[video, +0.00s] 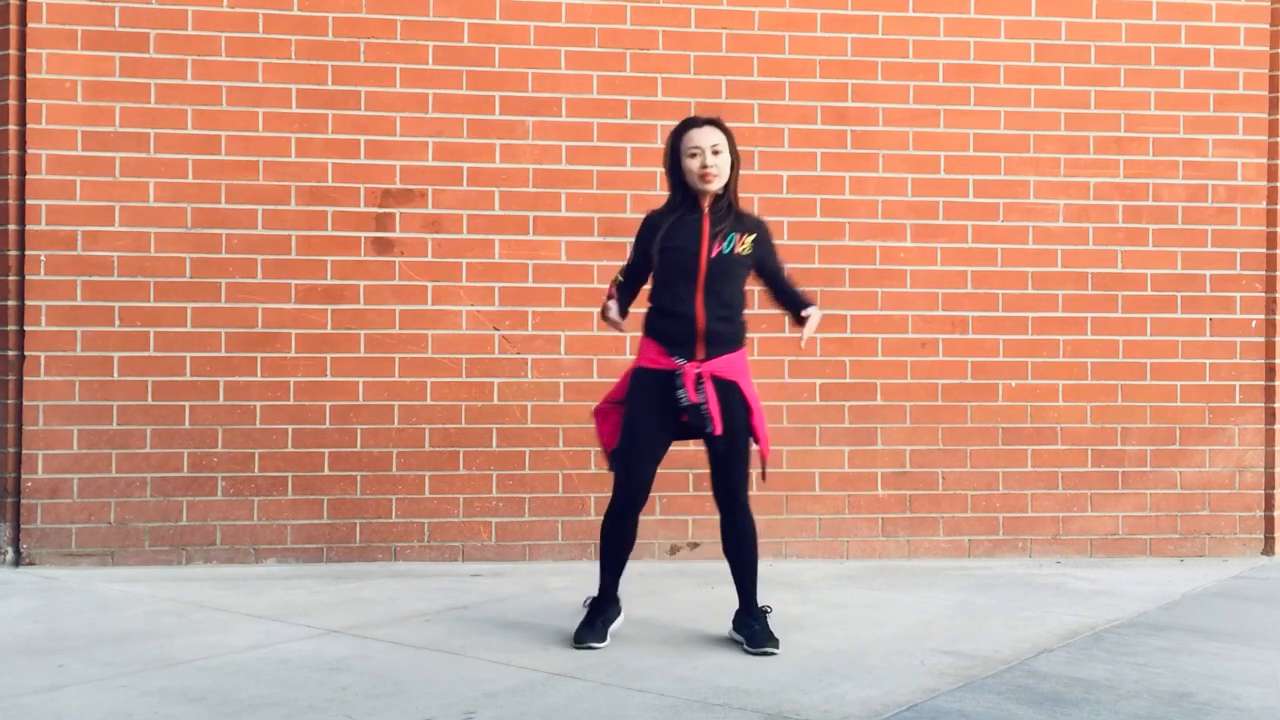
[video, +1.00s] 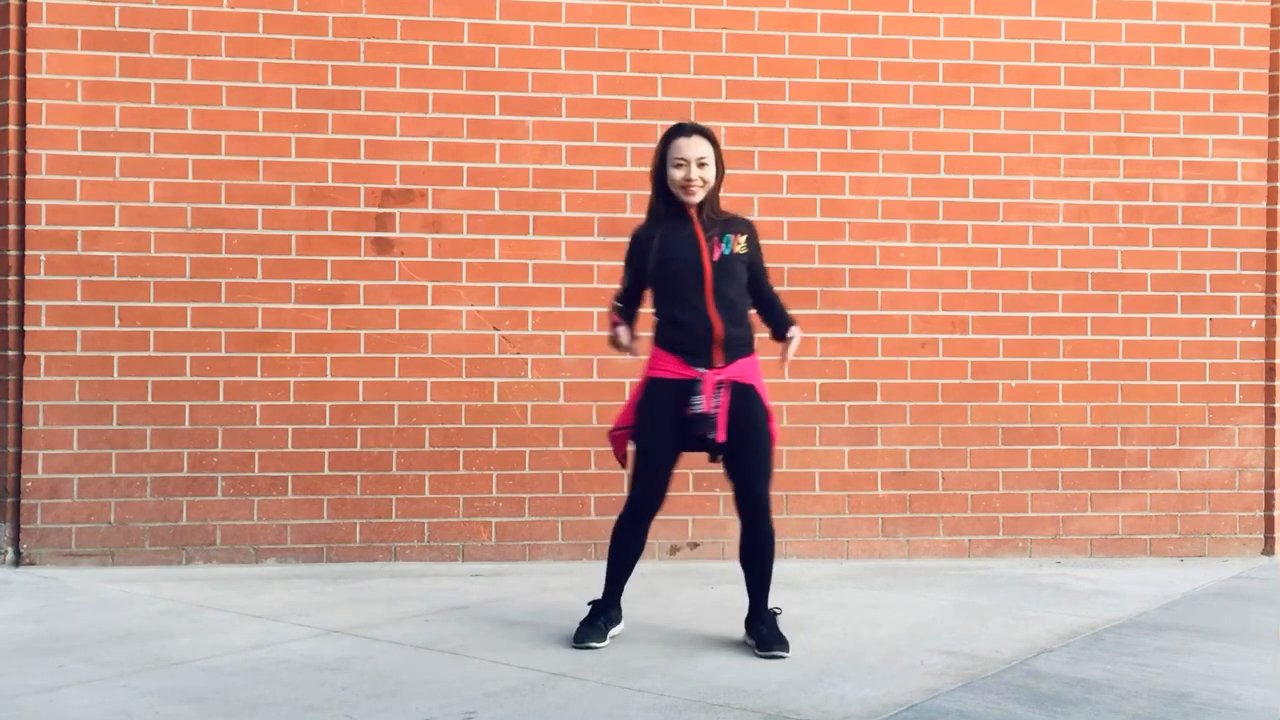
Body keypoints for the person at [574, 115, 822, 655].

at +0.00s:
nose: (707, 162)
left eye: (716, 152)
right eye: (695, 153)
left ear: (732, 159)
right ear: (678, 163)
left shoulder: (749, 229)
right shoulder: (659, 223)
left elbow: (778, 282)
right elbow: (631, 277)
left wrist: (802, 306)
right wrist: (616, 303)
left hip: (723, 375)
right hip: (658, 372)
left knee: (733, 497)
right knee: (628, 493)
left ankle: (750, 611)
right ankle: (605, 601)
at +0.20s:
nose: (683, 174)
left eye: (693, 164)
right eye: (671, 164)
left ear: (708, 173)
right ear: (655, 174)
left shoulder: (720, 246)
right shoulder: (625, 229)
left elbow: (756, 321)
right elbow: (561, 277)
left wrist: (737, 314)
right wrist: (598, 267)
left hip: (676, 379)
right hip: (611, 374)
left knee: (701, 483)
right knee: (598, 498)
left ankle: (710, 582)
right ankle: (604, 606)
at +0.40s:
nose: (667, 173)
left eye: (678, 163)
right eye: (656, 164)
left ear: (694, 169)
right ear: (640, 172)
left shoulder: (705, 238)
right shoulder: (619, 218)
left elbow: (677, 297)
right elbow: (605, 275)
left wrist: (629, 331)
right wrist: (659, 299)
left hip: (656, 371)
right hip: (596, 367)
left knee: (641, 476)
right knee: (599, 487)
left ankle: (577, 597)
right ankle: (605, 604)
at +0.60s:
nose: (663, 177)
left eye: (673, 167)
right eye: (651, 167)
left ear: (689, 173)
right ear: (636, 174)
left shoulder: (703, 239)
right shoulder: (611, 226)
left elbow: (700, 306)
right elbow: (586, 284)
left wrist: (656, 337)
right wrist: (630, 294)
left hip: (657, 371)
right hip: (597, 364)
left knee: (633, 486)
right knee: (593, 487)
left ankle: (578, 615)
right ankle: (601, 604)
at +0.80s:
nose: (673, 162)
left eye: (684, 152)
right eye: (662, 152)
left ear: (699, 160)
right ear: (644, 159)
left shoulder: (716, 226)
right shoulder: (619, 217)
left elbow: (772, 286)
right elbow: (548, 261)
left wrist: (752, 314)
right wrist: (587, 282)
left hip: (687, 367)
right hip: (621, 366)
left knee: (709, 464)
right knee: (615, 493)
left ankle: (702, 571)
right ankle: (606, 606)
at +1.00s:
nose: (691, 174)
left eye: (701, 163)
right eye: (679, 164)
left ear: (717, 169)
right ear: (664, 171)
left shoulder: (739, 230)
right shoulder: (651, 234)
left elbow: (761, 291)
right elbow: (629, 298)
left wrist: (786, 326)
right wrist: (622, 326)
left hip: (738, 380)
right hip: (671, 379)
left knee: (755, 501)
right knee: (644, 497)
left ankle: (760, 615)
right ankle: (607, 605)